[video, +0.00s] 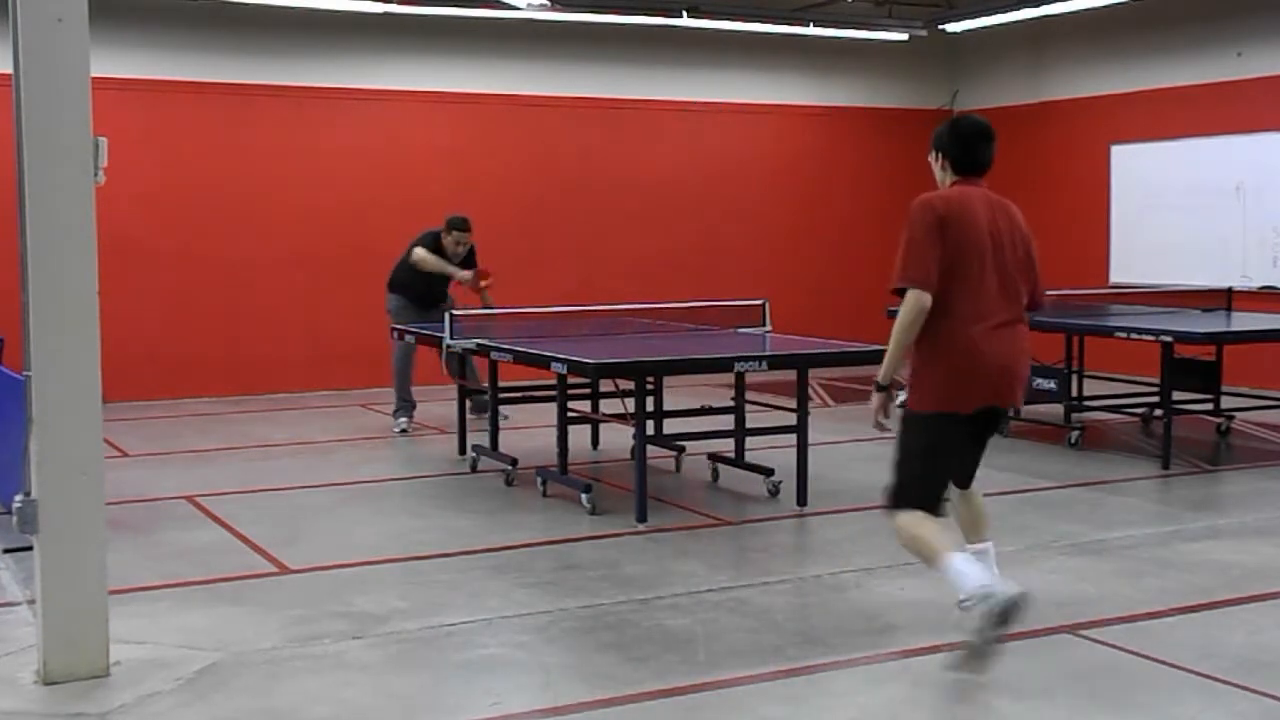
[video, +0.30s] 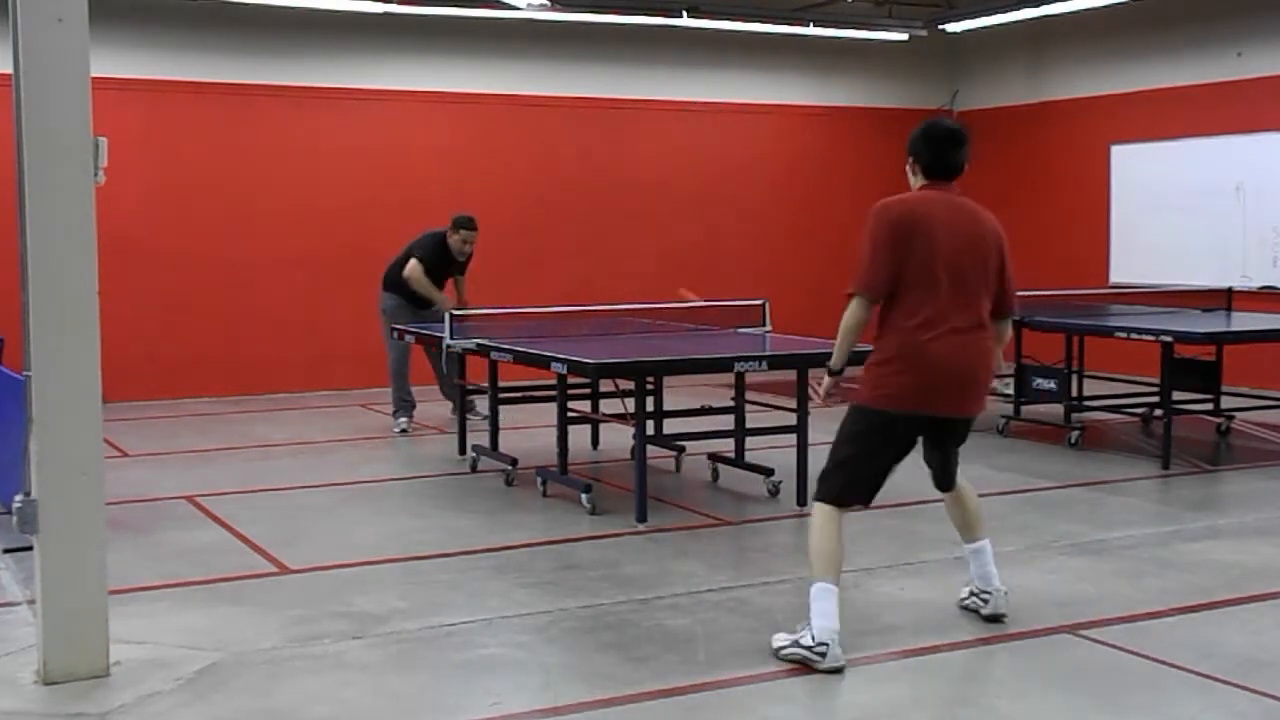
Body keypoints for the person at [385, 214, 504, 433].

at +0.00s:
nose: (462, 250)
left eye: (466, 244)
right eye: (457, 243)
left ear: (471, 240)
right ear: (445, 236)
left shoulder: (467, 251)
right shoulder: (429, 241)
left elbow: (473, 280)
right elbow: (417, 257)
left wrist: (487, 302)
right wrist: (457, 273)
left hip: (437, 302)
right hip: (405, 299)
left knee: (457, 349)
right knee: (405, 347)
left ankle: (479, 402)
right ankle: (403, 412)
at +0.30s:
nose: (468, 248)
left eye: (472, 243)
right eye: (464, 242)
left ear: (476, 239)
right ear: (450, 234)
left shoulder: (465, 252)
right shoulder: (432, 245)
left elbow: (459, 275)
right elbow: (411, 273)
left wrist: (462, 299)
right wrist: (440, 299)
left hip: (428, 302)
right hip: (398, 298)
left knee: (445, 351)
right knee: (399, 353)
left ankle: (461, 402)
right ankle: (402, 412)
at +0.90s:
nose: (457, 214)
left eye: (460, 208)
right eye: (452, 208)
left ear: (465, 209)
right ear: (439, 207)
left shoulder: (466, 233)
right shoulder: (419, 227)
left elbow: (473, 263)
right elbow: (391, 254)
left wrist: (482, 289)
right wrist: (410, 287)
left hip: (440, 300)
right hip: (405, 299)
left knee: (451, 351)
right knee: (391, 350)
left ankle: (464, 403)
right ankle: (374, 407)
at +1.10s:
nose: (424, 223)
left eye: (429, 217)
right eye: (419, 218)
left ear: (436, 217)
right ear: (410, 219)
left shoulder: (450, 240)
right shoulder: (402, 238)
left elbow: (472, 265)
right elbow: (392, 257)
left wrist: (475, 293)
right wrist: (380, 278)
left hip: (442, 310)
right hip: (406, 307)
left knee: (463, 353)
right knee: (389, 351)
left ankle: (478, 404)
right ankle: (364, 405)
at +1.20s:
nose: (405, 228)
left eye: (410, 223)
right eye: (399, 223)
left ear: (418, 222)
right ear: (392, 224)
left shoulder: (436, 244)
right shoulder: (388, 244)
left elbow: (462, 268)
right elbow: (381, 268)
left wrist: (469, 297)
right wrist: (364, 277)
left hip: (435, 315)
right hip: (399, 313)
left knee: (456, 359)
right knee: (379, 356)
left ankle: (479, 404)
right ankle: (357, 409)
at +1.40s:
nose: (392, 242)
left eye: (397, 237)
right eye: (387, 237)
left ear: (402, 234)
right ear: (378, 235)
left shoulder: (414, 246)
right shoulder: (368, 243)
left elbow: (435, 274)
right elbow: (352, 264)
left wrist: (452, 300)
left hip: (415, 310)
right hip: (378, 310)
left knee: (437, 356)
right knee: (364, 353)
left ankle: (472, 400)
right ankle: (354, 411)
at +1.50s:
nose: (393, 244)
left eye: (398, 238)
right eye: (389, 238)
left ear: (403, 235)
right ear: (377, 236)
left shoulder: (411, 246)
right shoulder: (366, 245)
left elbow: (433, 273)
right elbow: (356, 227)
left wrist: (455, 301)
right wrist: (391, 210)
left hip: (409, 309)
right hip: (372, 309)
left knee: (434, 355)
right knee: (361, 353)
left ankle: (464, 400)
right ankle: (354, 411)